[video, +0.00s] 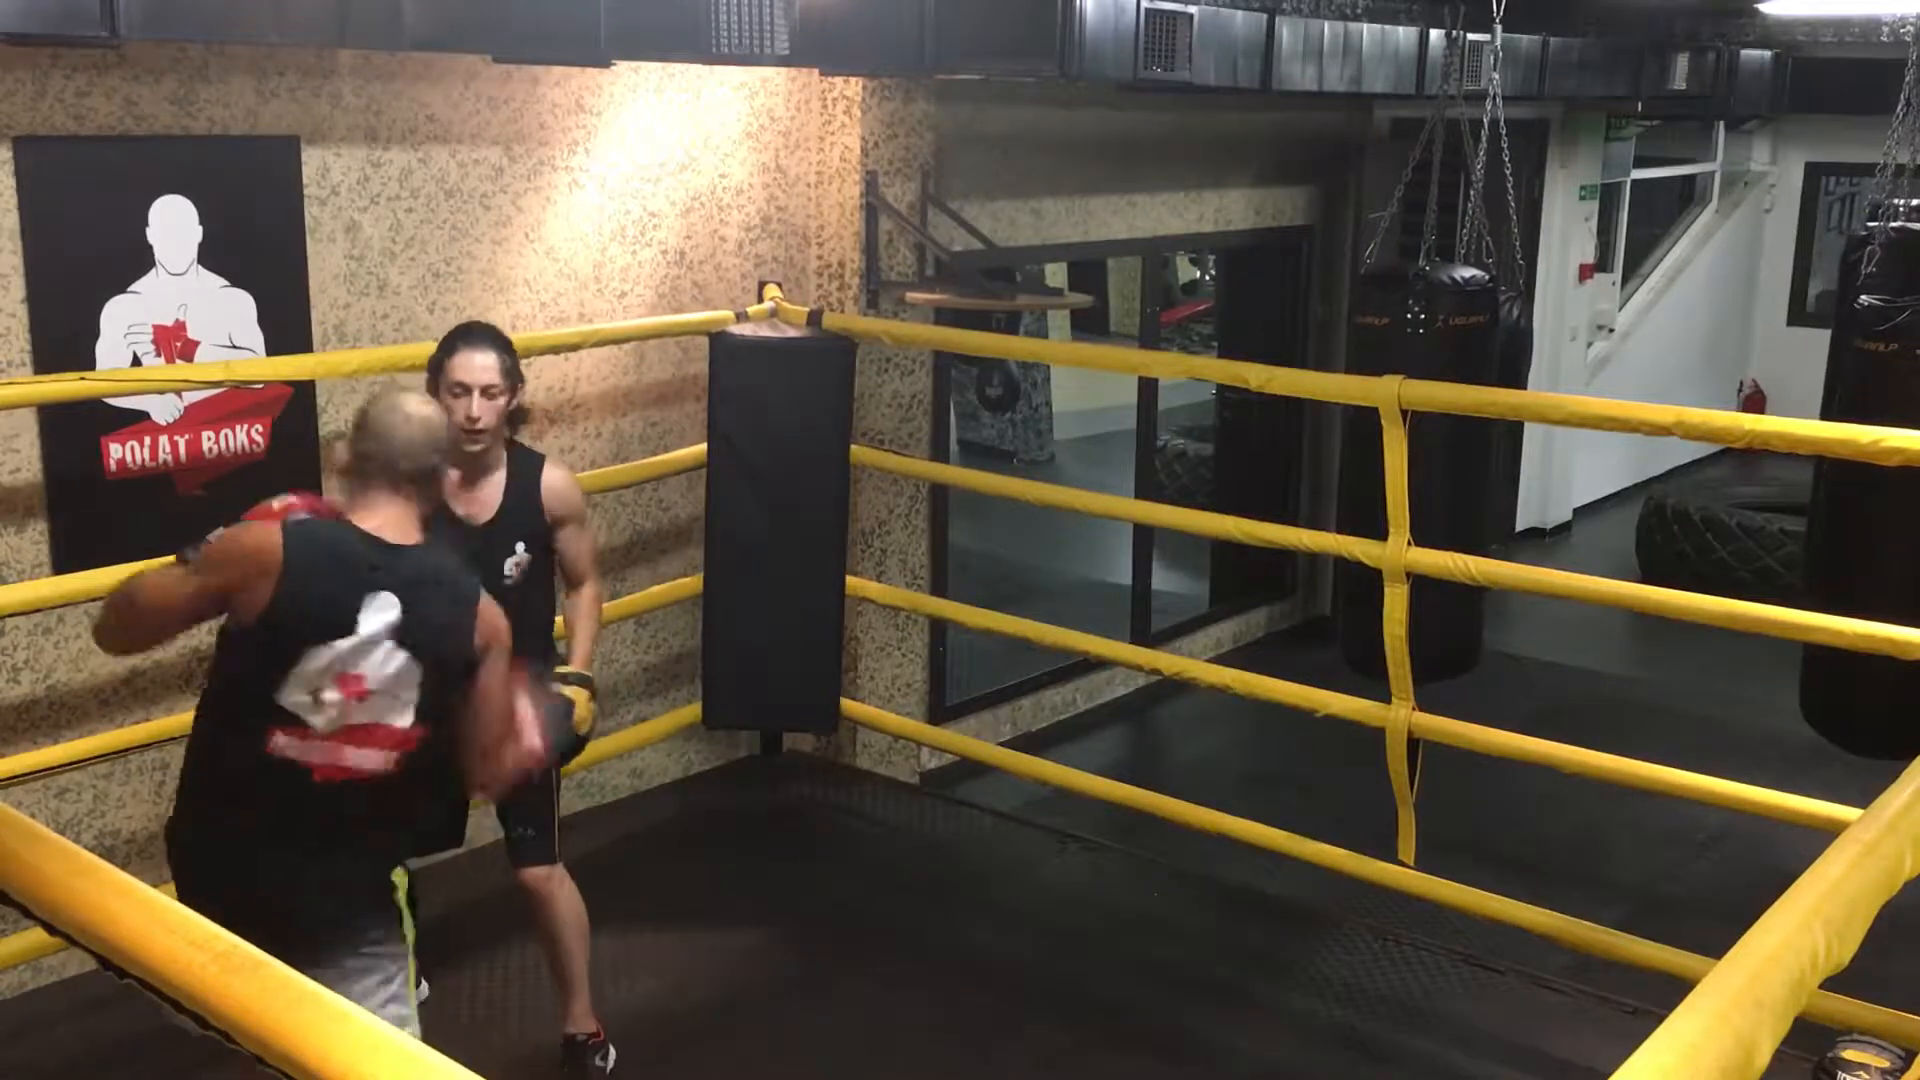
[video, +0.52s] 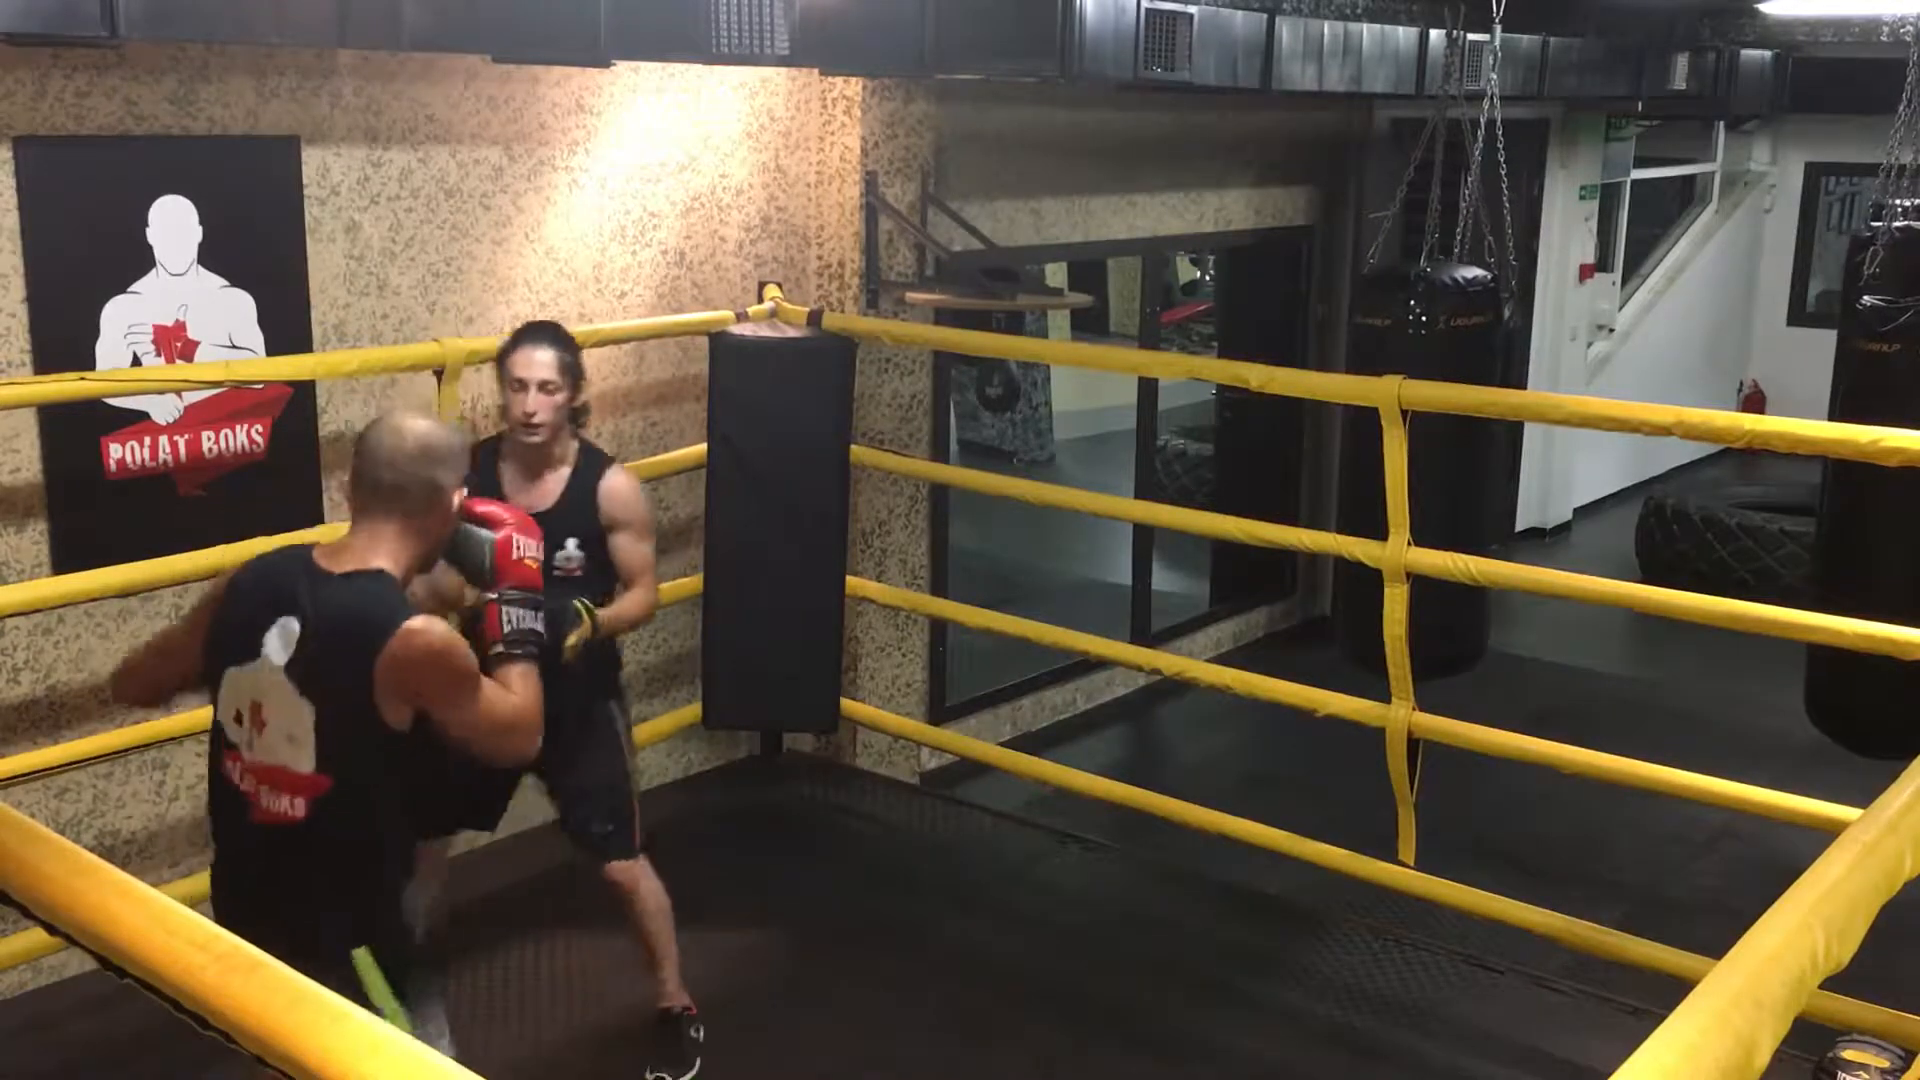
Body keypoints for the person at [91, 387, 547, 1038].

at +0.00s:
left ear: (346, 459)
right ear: (444, 484)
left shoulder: (265, 552)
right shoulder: (478, 617)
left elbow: (116, 627)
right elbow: (488, 774)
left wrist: (215, 554)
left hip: (224, 871)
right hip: (355, 888)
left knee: (249, 1049)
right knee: (378, 1067)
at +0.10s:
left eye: (320, 447)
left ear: (322, 459)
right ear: (429, 471)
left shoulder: (269, 559)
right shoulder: (464, 589)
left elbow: (137, 654)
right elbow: (453, 698)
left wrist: (213, 566)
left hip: (237, 862)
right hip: (366, 869)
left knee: (238, 1046)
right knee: (382, 1060)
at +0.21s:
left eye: (320, 431)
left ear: (322, 444)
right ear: (426, 463)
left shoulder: (252, 546)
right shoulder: (460, 587)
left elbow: (123, 657)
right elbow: (438, 754)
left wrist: (205, 585)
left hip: (244, 875)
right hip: (373, 881)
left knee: (262, 1056)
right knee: (405, 1064)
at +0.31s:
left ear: (333, 451)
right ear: (438, 470)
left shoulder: (229, 543)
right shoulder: (450, 590)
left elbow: (96, 652)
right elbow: (453, 764)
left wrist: (190, 586)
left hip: (235, 875)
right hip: (362, 885)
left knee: (285, 1054)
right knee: (436, 1062)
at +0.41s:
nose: (455, 490)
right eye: (456, 480)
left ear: (346, 469)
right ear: (447, 488)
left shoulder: (241, 559)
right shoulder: (425, 617)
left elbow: (119, 653)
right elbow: (484, 750)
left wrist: (184, 682)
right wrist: (487, 616)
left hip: (241, 908)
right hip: (361, 927)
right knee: (441, 1056)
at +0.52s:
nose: (459, 510)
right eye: (461, 499)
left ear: (351, 488)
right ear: (451, 507)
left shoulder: (256, 583)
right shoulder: (416, 644)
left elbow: (136, 683)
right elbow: (518, 733)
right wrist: (513, 605)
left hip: (245, 923)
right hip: (356, 940)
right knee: (415, 1065)